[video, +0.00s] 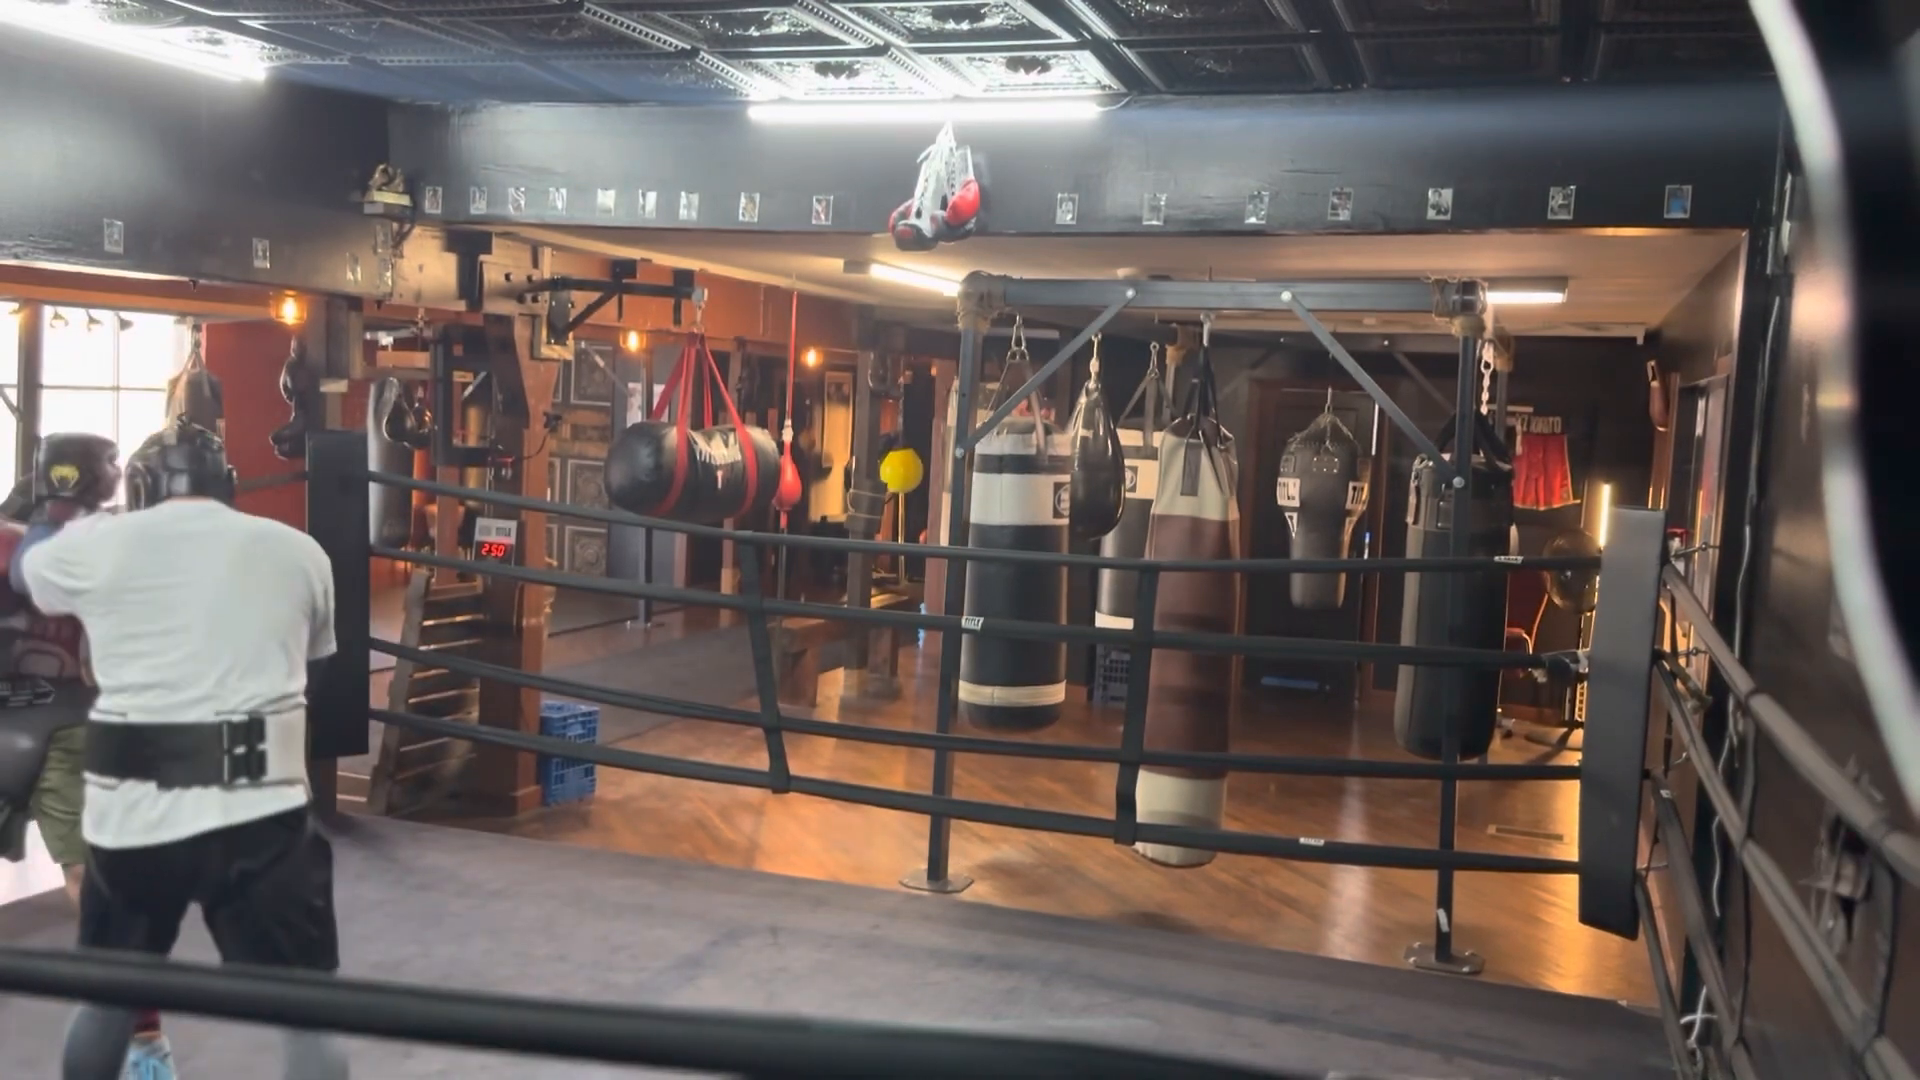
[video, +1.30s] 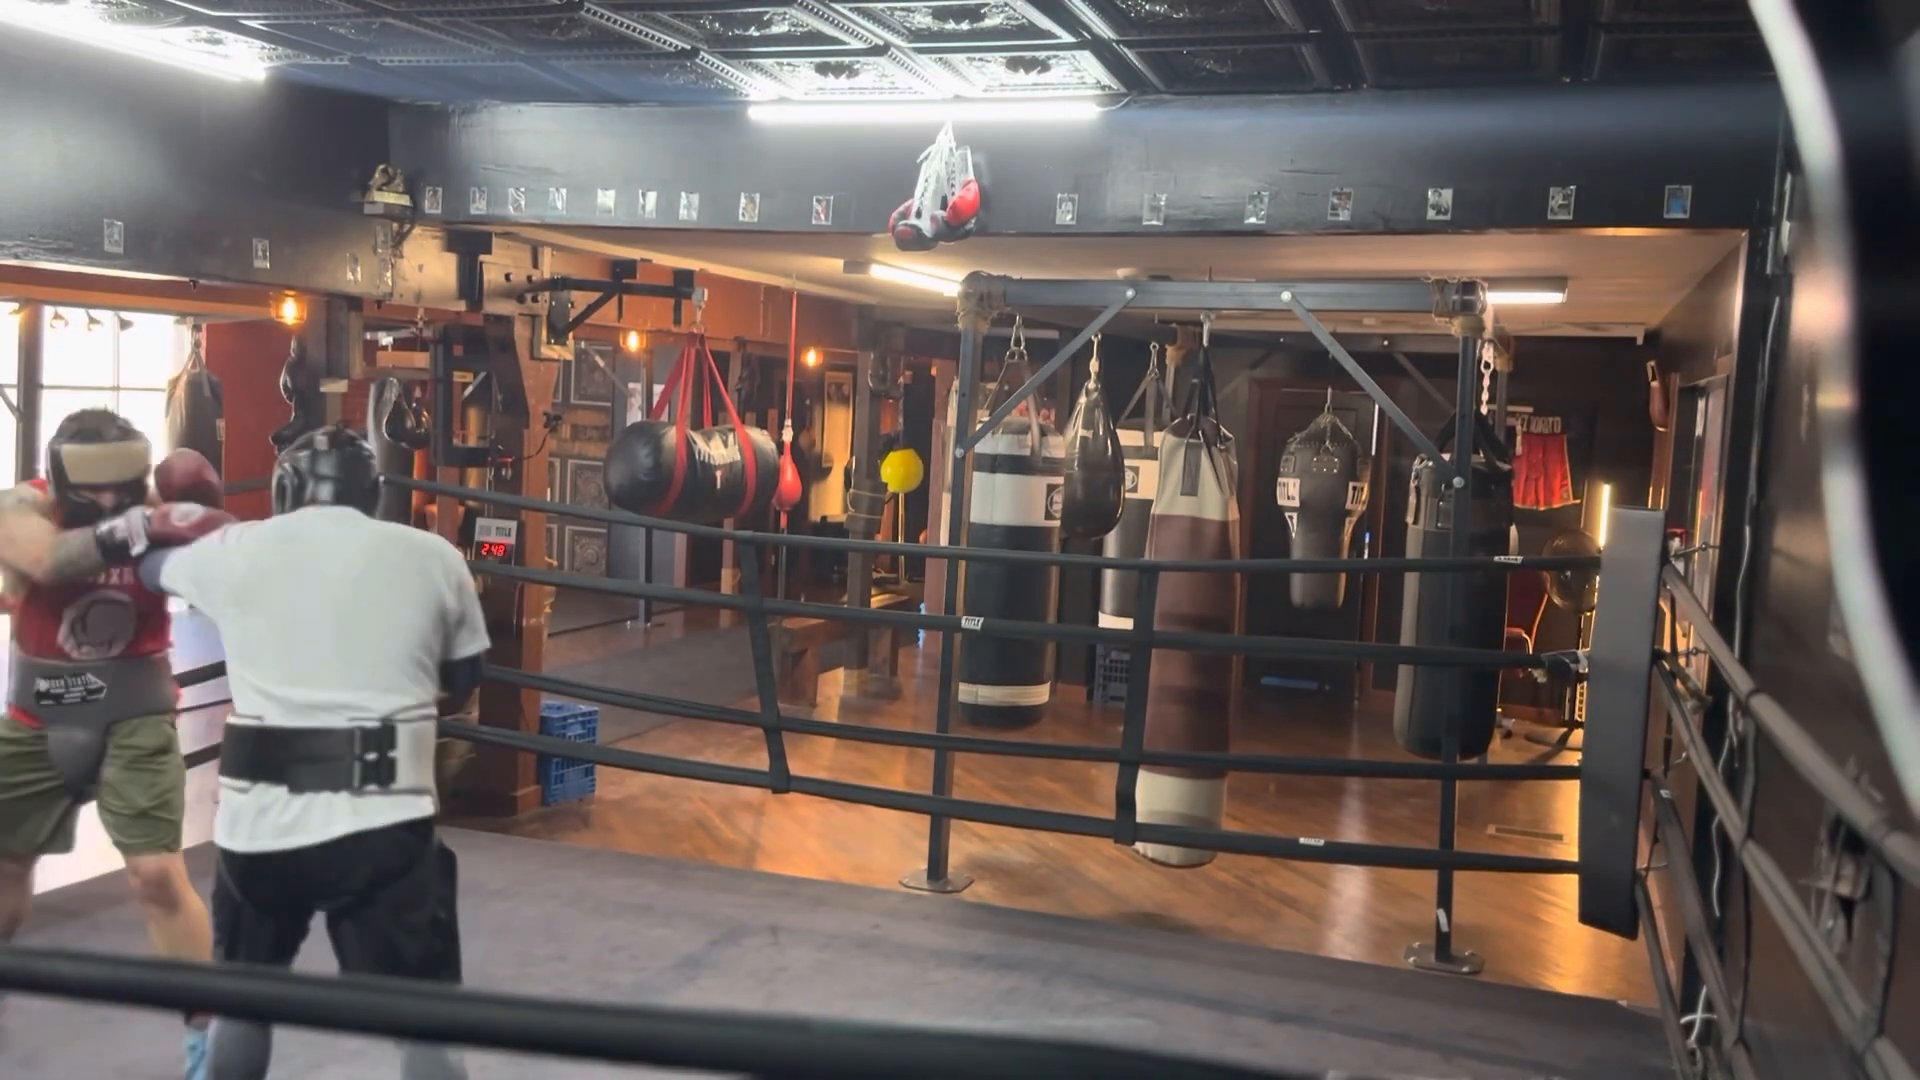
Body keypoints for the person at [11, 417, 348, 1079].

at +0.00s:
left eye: (133, 485)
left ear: (142, 488)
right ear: (227, 484)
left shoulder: (106, 545)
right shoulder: (296, 550)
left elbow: (31, 568)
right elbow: (318, 644)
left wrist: (77, 517)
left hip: (135, 823)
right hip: (265, 820)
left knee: (107, 996)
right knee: (307, 1012)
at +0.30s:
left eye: (205, 490)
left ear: (209, 492)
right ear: (296, 494)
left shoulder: (163, 550)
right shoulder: (360, 565)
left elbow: (89, 617)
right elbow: (370, 676)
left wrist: (99, 548)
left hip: (172, 828)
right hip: (302, 828)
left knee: (130, 990)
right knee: (356, 1008)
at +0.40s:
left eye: (236, 493)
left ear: (244, 494)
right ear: (329, 496)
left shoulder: (187, 557)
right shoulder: (390, 569)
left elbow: (97, 641)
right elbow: (397, 691)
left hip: (194, 829)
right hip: (325, 833)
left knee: (152, 985)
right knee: (374, 1014)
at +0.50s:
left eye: (254, 482)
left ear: (260, 486)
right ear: (348, 488)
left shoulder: (206, 542)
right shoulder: (403, 557)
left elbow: (98, 576)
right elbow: (413, 675)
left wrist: (121, 532)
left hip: (211, 824)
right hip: (339, 828)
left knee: (176, 976)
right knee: (375, 1011)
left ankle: (139, 1076)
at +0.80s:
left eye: (317, 499)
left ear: (325, 503)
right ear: (409, 512)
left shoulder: (262, 574)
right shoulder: (464, 597)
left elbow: (159, 623)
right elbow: (460, 725)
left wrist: (175, 562)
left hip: (265, 863)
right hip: (398, 865)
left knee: (222, 1007)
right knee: (463, 1034)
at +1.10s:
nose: (315, 491)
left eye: (320, 480)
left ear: (333, 483)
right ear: (418, 488)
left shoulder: (277, 560)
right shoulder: (481, 566)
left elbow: (186, 664)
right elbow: (501, 675)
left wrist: (220, 598)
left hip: (290, 837)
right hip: (418, 841)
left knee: (263, 991)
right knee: (442, 1033)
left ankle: (229, 1073)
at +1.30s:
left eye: (281, 485)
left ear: (285, 490)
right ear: (370, 491)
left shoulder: (237, 553)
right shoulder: (433, 556)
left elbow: (155, 564)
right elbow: (459, 683)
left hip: (261, 835)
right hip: (386, 832)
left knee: (241, 1001)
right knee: (424, 1026)